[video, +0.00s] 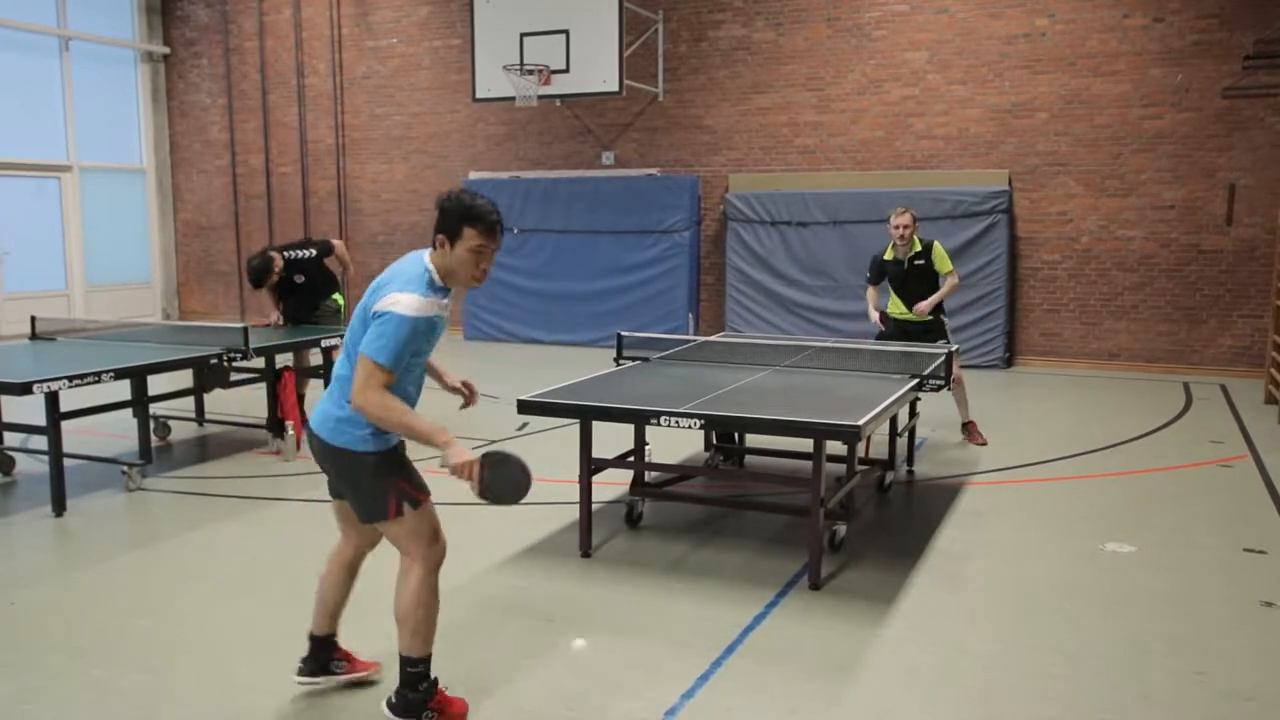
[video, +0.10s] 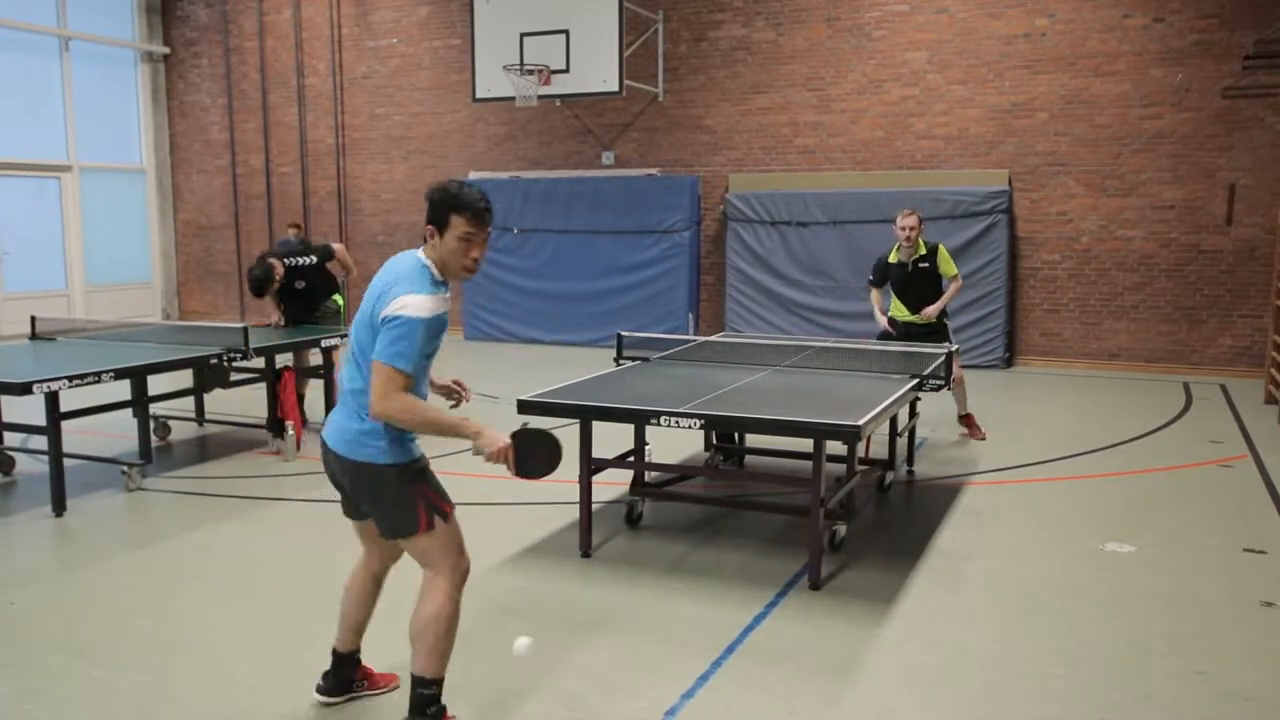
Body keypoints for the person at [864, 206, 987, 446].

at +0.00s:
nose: (901, 232)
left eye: (906, 227)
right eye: (896, 227)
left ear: (915, 228)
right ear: (889, 229)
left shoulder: (931, 248)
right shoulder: (882, 258)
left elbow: (952, 279)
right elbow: (872, 286)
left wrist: (931, 302)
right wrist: (873, 310)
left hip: (931, 323)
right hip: (896, 322)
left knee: (955, 374)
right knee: (877, 372)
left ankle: (967, 423)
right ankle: (866, 429)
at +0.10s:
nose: (907, 234)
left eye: (912, 229)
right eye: (902, 229)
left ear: (920, 230)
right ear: (896, 230)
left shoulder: (935, 252)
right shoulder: (887, 260)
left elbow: (956, 281)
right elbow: (875, 288)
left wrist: (938, 306)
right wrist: (879, 314)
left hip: (933, 324)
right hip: (900, 324)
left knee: (955, 375)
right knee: (882, 372)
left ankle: (964, 416)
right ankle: (867, 428)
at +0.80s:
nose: (930, 270)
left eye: (935, 266)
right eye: (926, 265)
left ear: (945, 259)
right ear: (918, 255)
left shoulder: (950, 265)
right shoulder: (905, 268)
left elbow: (960, 294)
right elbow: (932, 280)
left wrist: (948, 283)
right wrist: (955, 263)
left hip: (936, 338)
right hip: (900, 338)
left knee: (972, 385)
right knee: (882, 387)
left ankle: (970, 436)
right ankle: (863, 438)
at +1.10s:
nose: (927, 269)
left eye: (931, 264)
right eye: (922, 263)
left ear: (937, 259)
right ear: (913, 255)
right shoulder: (898, 267)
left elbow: (953, 266)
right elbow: (931, 289)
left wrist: (966, 277)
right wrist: (944, 265)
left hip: (932, 336)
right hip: (896, 338)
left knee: (967, 383)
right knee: (875, 385)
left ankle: (969, 436)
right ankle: (857, 434)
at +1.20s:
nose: (923, 283)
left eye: (928, 279)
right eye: (918, 277)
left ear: (935, 271)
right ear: (910, 268)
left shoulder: (939, 268)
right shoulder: (893, 278)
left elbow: (957, 277)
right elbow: (884, 313)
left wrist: (976, 290)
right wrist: (918, 302)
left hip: (932, 341)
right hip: (896, 343)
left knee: (971, 388)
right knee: (878, 389)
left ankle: (969, 437)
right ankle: (860, 437)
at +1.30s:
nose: (918, 287)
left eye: (923, 283)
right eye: (914, 282)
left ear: (932, 275)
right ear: (905, 273)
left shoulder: (939, 277)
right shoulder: (891, 282)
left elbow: (957, 284)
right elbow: (851, 290)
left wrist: (979, 297)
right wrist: (876, 299)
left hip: (934, 351)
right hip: (897, 353)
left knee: (972, 391)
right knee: (871, 391)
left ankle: (969, 437)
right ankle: (858, 435)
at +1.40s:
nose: (914, 284)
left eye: (919, 280)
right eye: (909, 279)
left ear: (928, 273)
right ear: (903, 271)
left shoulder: (939, 279)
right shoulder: (890, 279)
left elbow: (960, 290)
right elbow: (848, 274)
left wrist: (979, 303)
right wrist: (868, 285)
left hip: (936, 352)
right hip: (898, 353)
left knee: (972, 394)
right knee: (869, 390)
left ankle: (969, 436)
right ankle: (857, 436)